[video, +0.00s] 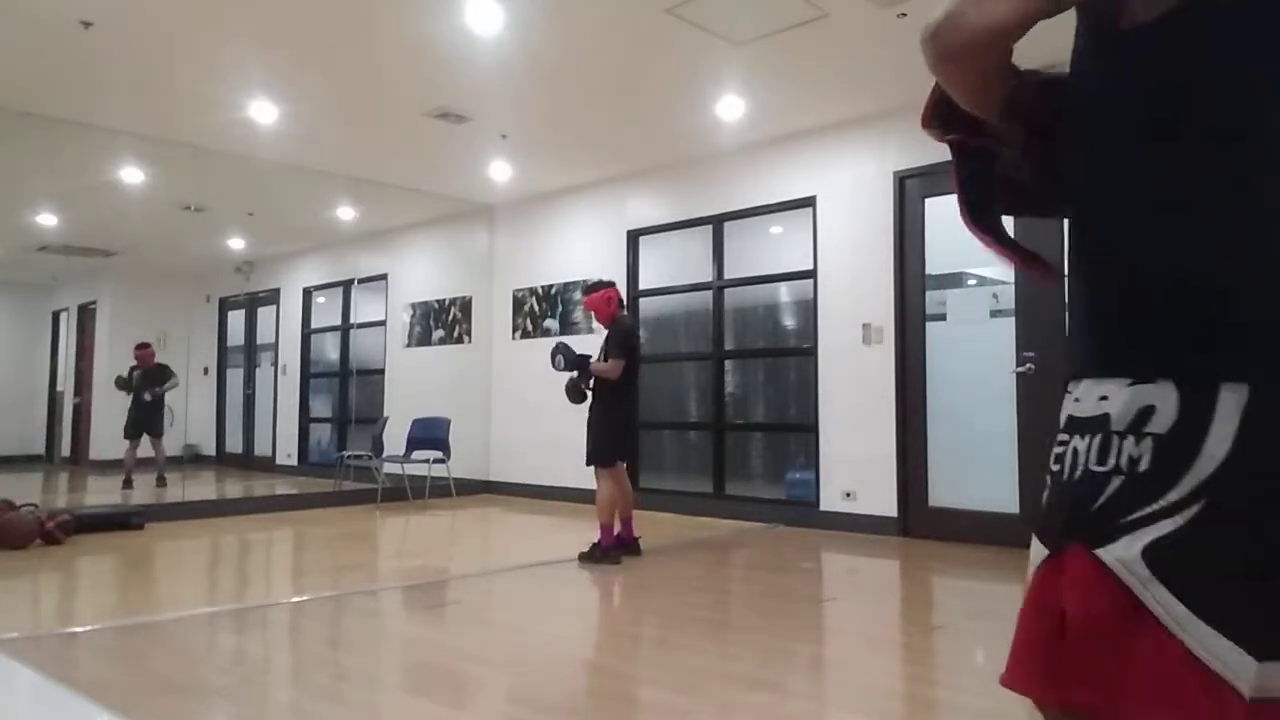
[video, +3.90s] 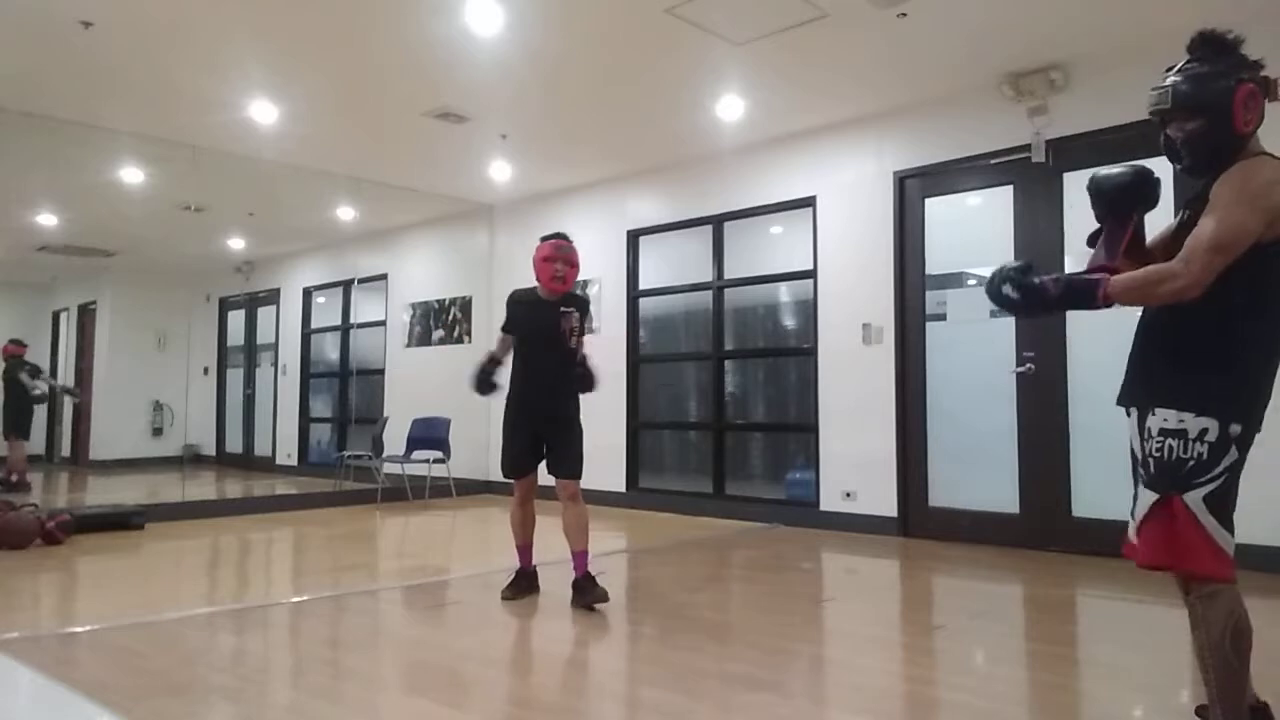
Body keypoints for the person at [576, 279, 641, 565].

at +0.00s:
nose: (593, 315)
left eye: (594, 309)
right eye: (591, 310)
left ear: (608, 303)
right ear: (610, 304)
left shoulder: (620, 329)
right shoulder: (620, 328)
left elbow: (614, 370)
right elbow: (612, 368)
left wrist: (584, 364)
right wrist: (587, 374)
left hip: (608, 415)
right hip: (618, 413)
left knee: (603, 473)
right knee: (617, 471)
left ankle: (606, 544)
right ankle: (627, 537)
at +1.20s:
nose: (597, 314)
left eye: (603, 308)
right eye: (594, 308)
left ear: (617, 305)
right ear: (590, 307)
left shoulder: (631, 330)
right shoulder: (588, 332)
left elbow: (631, 367)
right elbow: (567, 358)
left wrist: (599, 380)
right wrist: (568, 357)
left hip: (618, 414)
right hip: (589, 412)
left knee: (618, 476)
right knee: (566, 469)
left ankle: (620, 542)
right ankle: (585, 529)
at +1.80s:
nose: (566, 304)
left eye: (573, 297)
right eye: (559, 297)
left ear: (582, 300)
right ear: (550, 300)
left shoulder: (591, 329)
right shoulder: (539, 330)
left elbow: (602, 368)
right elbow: (510, 361)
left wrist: (566, 380)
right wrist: (538, 359)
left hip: (578, 411)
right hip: (547, 411)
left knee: (582, 477)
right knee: (550, 476)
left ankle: (605, 535)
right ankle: (554, 545)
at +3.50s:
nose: (545, 282)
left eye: (552, 275)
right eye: (536, 275)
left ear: (562, 278)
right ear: (523, 279)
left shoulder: (571, 310)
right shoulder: (509, 313)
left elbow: (595, 341)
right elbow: (478, 341)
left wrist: (574, 334)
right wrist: (509, 330)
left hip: (562, 410)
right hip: (522, 411)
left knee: (572, 490)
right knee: (524, 488)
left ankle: (563, 541)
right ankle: (525, 570)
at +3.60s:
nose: (543, 279)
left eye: (550, 271)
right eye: (534, 272)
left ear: (560, 274)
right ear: (522, 275)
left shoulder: (569, 310)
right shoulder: (506, 311)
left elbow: (602, 333)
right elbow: (468, 328)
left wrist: (638, 344)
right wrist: (438, 332)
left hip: (562, 411)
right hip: (521, 412)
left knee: (571, 486)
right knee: (523, 488)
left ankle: (567, 556)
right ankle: (525, 571)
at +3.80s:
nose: (553, 268)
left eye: (560, 262)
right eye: (544, 260)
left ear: (568, 268)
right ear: (529, 266)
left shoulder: (575, 307)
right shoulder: (510, 303)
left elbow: (601, 337)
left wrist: (633, 356)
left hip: (561, 412)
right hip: (520, 413)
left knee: (568, 489)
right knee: (522, 489)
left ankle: (584, 573)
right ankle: (525, 572)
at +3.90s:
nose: (559, 268)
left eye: (567, 262)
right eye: (551, 260)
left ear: (576, 269)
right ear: (536, 266)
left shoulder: (578, 306)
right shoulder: (519, 301)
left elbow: (578, 351)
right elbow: (504, 345)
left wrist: (583, 369)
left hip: (563, 410)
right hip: (523, 409)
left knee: (570, 491)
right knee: (523, 490)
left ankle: (582, 578)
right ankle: (525, 572)